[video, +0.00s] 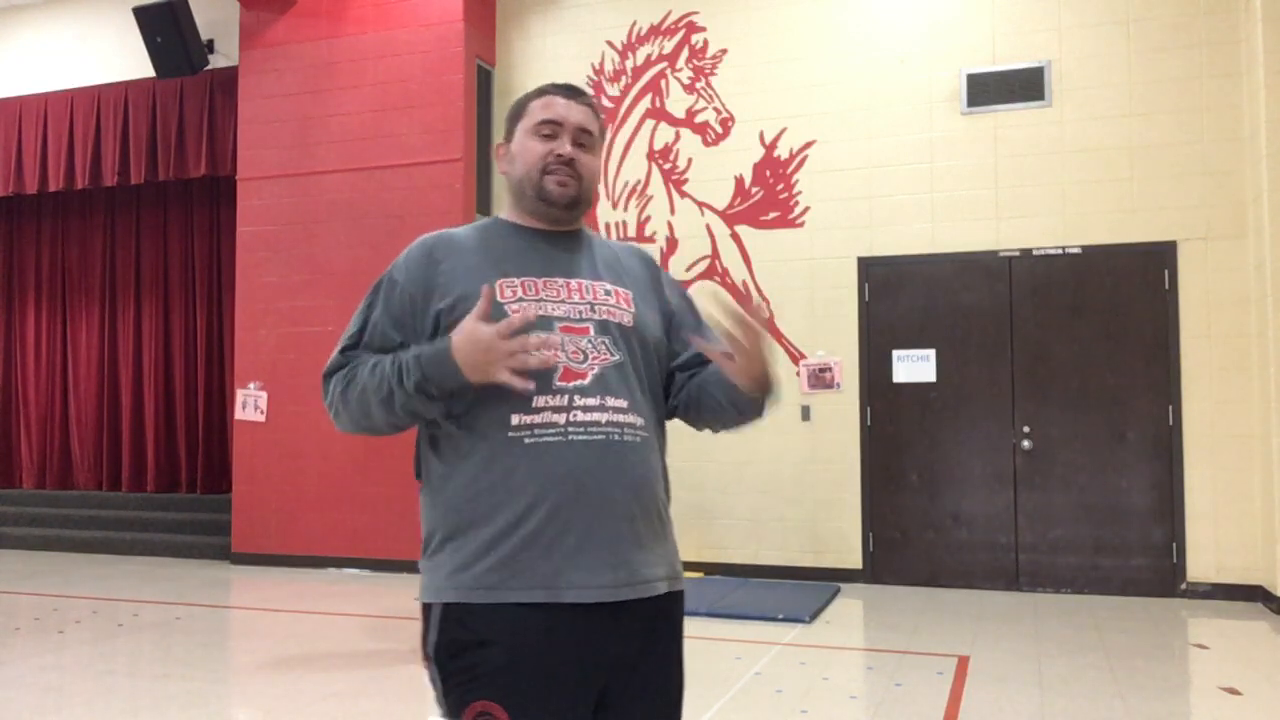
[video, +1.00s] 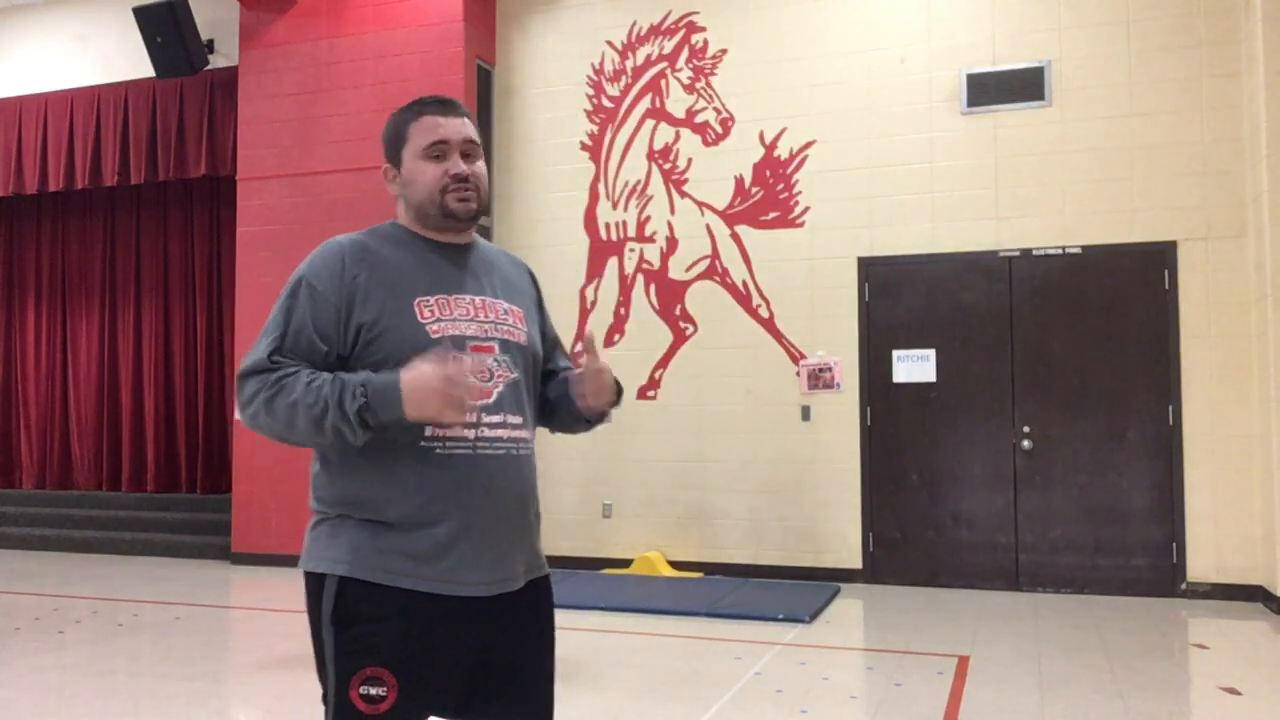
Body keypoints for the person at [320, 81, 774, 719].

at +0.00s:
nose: (566, 149)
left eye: (584, 141)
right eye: (546, 132)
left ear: (601, 172)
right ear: (505, 154)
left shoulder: (643, 274)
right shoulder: (437, 261)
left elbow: (692, 387)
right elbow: (347, 392)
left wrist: (747, 388)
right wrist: (450, 363)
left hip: (638, 595)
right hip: (493, 596)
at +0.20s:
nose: (523, 142)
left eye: (541, 135)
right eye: (503, 126)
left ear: (558, 165)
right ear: (461, 152)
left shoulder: (602, 271)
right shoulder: (401, 262)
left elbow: (663, 398)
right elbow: (328, 400)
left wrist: (737, 464)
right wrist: (446, 392)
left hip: (601, 594)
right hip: (455, 595)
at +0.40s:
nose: (493, 144)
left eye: (508, 135)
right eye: (471, 130)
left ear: (523, 162)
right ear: (427, 155)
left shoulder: (558, 273)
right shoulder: (369, 260)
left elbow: (591, 407)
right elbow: (280, 391)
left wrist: (652, 450)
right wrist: (403, 386)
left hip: (557, 595)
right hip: (412, 594)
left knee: (567, 710)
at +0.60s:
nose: (476, 163)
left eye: (487, 152)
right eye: (456, 145)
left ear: (497, 170)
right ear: (401, 161)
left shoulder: (521, 279)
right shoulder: (339, 266)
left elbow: (556, 399)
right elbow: (257, 398)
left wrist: (612, 419)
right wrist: (389, 393)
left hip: (517, 597)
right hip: (377, 594)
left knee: (525, 710)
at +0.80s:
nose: (475, 166)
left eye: (478, 152)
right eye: (451, 152)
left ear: (485, 162)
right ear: (393, 171)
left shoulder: (504, 273)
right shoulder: (330, 266)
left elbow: (535, 398)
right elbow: (251, 399)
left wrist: (584, 394)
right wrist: (388, 391)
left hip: (507, 584)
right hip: (373, 587)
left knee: (529, 710)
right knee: (369, 709)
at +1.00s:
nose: (462, 166)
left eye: (471, 152)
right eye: (437, 153)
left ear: (487, 168)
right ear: (393, 176)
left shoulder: (515, 276)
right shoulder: (343, 266)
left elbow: (542, 389)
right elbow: (262, 388)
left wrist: (582, 395)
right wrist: (391, 395)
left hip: (510, 581)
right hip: (381, 582)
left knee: (517, 712)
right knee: (374, 708)